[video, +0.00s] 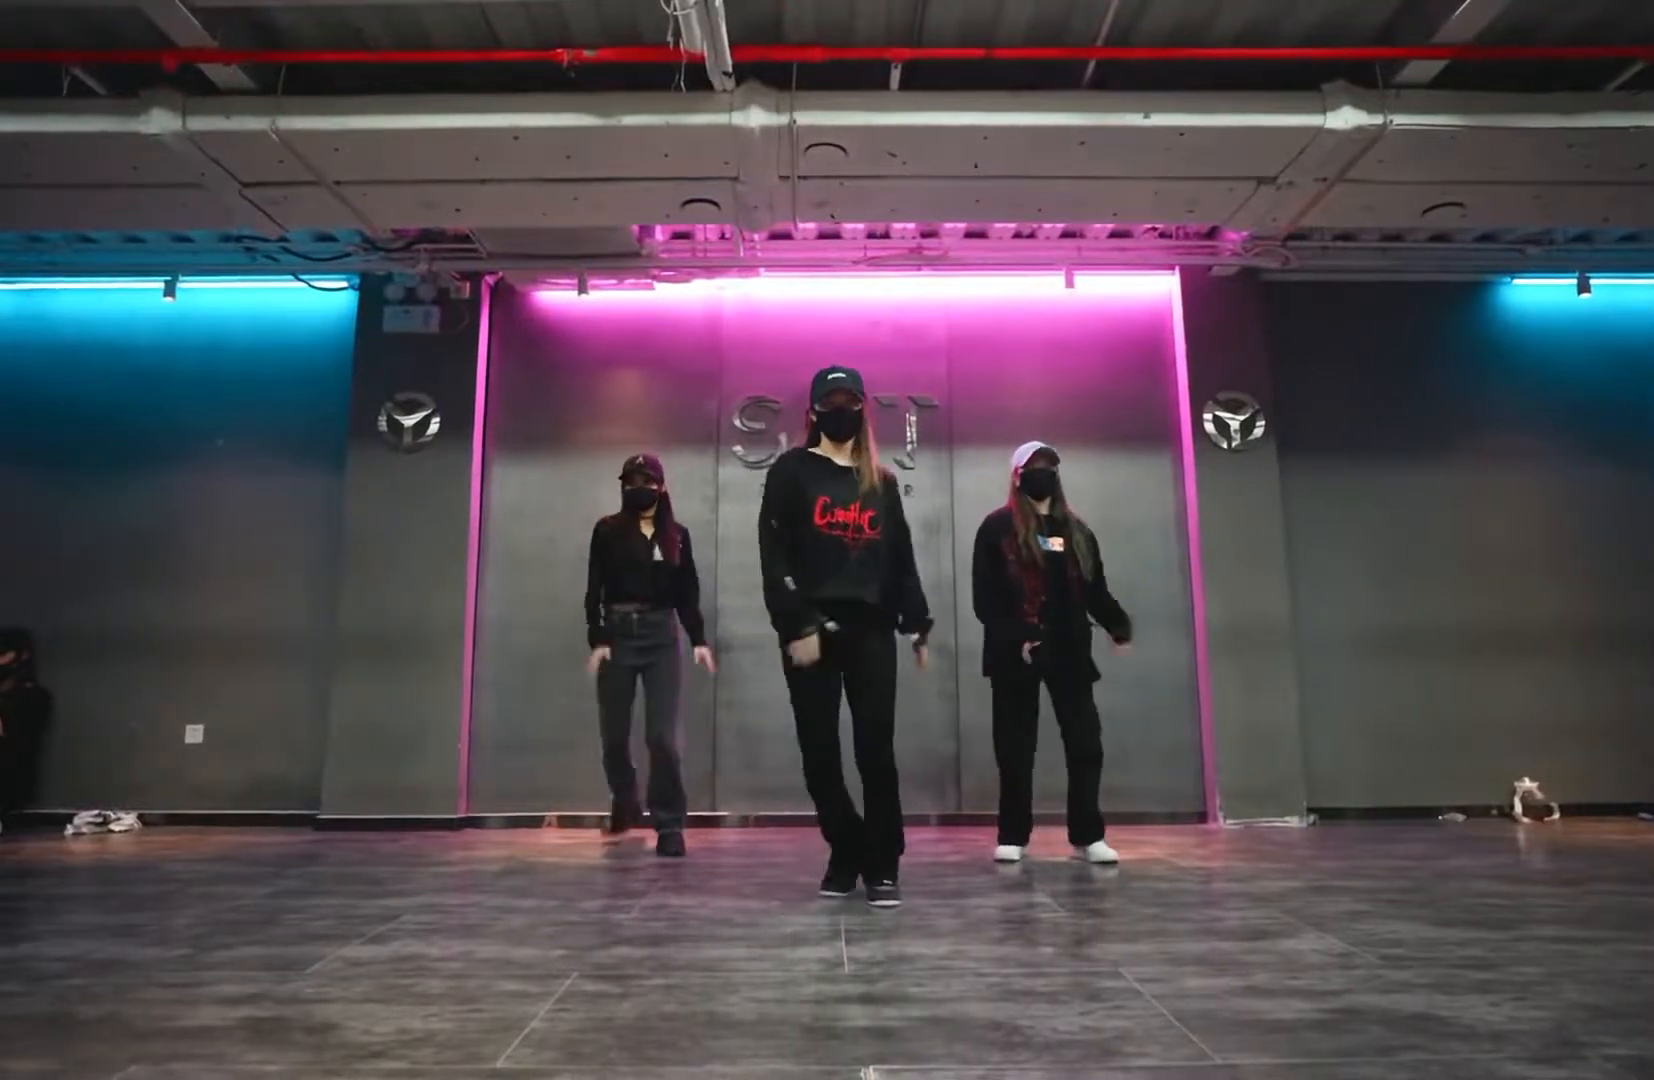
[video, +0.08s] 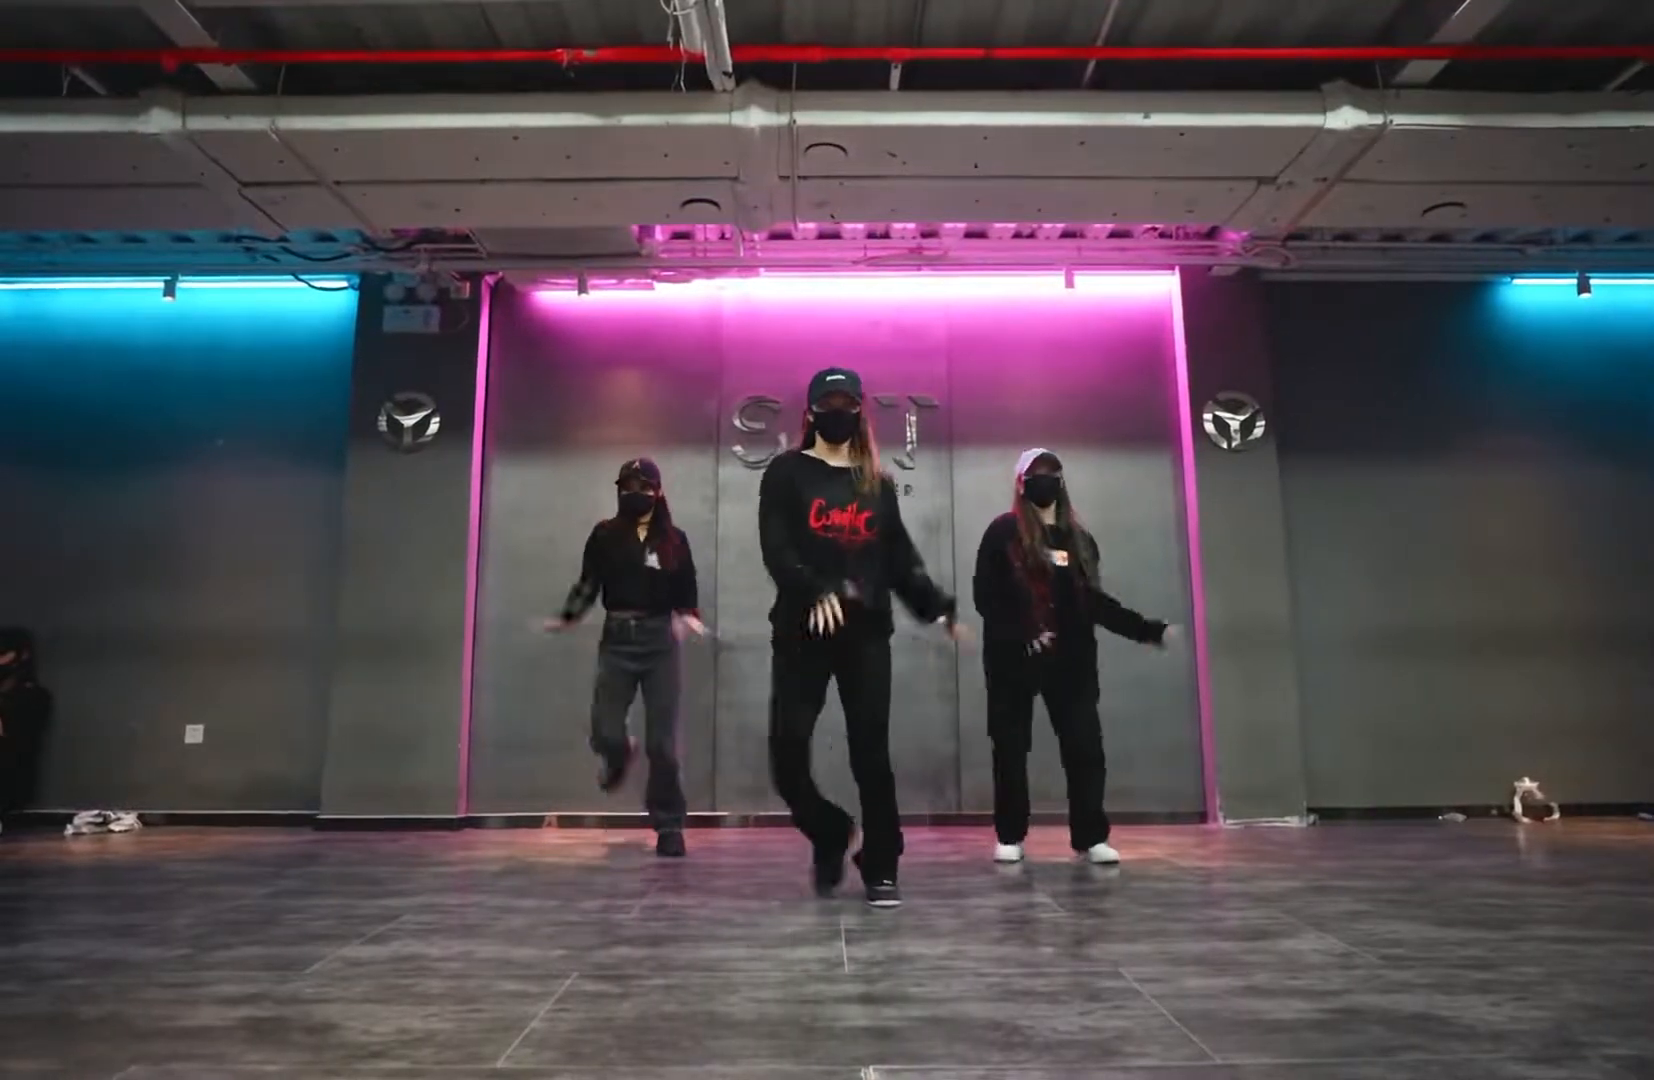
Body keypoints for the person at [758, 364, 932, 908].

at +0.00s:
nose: (843, 407)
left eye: (851, 398)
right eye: (832, 398)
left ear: (864, 406)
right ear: (815, 407)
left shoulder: (879, 477)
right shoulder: (790, 469)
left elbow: (901, 554)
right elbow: (773, 555)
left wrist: (918, 621)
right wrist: (794, 625)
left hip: (871, 628)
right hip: (810, 628)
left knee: (875, 751)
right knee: (820, 756)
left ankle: (882, 867)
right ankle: (845, 856)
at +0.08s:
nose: (839, 411)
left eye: (848, 403)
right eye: (829, 403)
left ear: (861, 412)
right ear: (811, 410)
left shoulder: (877, 483)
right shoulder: (784, 473)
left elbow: (899, 557)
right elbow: (776, 550)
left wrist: (935, 606)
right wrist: (812, 590)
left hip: (865, 633)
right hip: (802, 632)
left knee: (871, 755)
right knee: (787, 763)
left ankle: (881, 868)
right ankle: (830, 832)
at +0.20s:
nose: (824, 413)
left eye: (834, 403)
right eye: (814, 403)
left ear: (847, 410)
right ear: (798, 410)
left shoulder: (865, 479)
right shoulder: (772, 475)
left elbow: (909, 532)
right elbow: (748, 544)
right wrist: (694, 564)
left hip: (853, 643)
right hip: (786, 641)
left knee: (871, 763)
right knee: (734, 741)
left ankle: (880, 874)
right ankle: (721, 871)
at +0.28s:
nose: (813, 422)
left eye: (823, 412)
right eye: (803, 411)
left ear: (839, 421)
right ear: (788, 418)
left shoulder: (845, 485)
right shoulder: (763, 485)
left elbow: (837, 537)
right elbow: (710, 546)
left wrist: (782, 536)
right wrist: (646, 561)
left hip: (845, 650)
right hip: (779, 651)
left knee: (869, 765)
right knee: (719, 759)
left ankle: (882, 873)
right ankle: (653, 892)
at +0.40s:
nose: (768, 422)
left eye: (778, 412)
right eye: (757, 413)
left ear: (797, 420)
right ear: (743, 425)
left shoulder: (829, 487)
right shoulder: (733, 493)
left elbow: (853, 548)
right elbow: (698, 562)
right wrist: (652, 577)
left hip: (827, 655)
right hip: (760, 656)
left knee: (869, 771)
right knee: (702, 768)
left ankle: (881, 864)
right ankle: (635, 908)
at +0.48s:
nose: (772, 423)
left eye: (782, 413)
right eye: (760, 412)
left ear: (800, 421)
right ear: (743, 421)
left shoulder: (826, 493)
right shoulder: (727, 488)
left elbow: (901, 552)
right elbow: (713, 561)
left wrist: (962, 555)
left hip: (821, 665)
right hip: (751, 666)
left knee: (903, 759)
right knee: (704, 776)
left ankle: (868, 858)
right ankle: (635, 909)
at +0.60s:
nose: (848, 435)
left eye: (851, 424)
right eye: (839, 423)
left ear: (837, 426)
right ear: (806, 419)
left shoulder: (824, 487)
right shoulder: (777, 475)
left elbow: (866, 547)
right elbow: (763, 541)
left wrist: (940, 539)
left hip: (811, 661)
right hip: (762, 660)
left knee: (914, 742)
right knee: (730, 788)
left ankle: (873, 901)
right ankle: (635, 912)